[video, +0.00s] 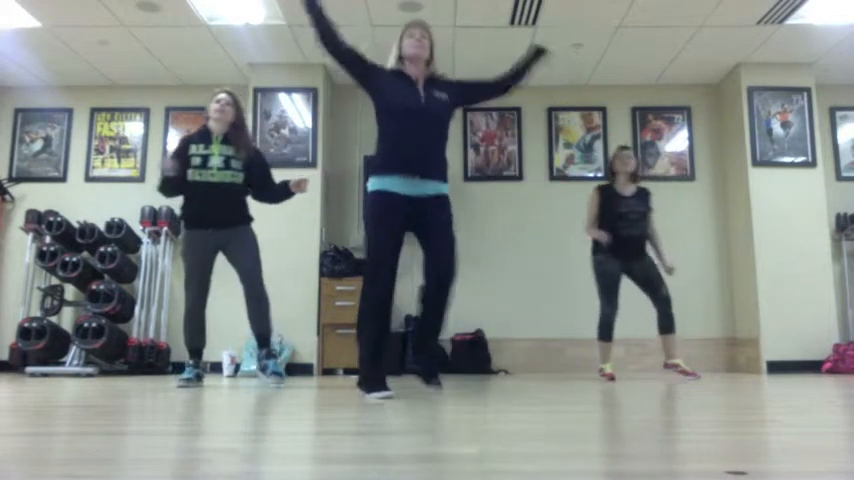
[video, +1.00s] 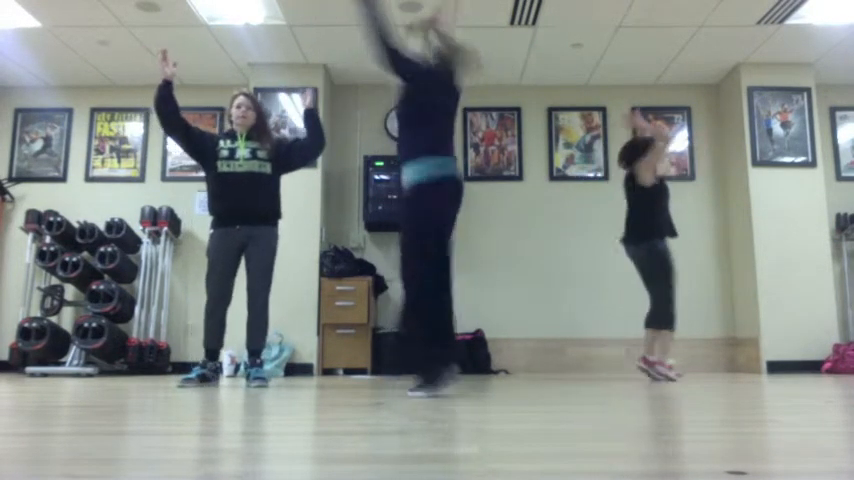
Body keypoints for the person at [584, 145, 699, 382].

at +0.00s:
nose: (625, 161)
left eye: (629, 157)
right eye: (620, 157)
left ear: (636, 164)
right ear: (613, 164)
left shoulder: (643, 193)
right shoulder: (601, 192)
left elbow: (650, 229)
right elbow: (590, 227)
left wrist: (663, 260)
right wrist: (598, 234)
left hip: (636, 255)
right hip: (608, 256)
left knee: (663, 300)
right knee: (609, 308)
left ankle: (671, 359)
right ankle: (605, 364)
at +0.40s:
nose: (616, 161)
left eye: (620, 158)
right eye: (612, 157)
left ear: (626, 164)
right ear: (603, 163)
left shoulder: (635, 191)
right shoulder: (594, 192)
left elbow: (654, 216)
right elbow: (576, 222)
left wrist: (674, 220)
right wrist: (568, 210)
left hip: (635, 255)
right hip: (605, 256)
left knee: (656, 302)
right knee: (607, 309)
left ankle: (658, 359)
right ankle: (604, 364)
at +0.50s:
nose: (624, 160)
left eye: (627, 156)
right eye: (619, 156)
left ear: (632, 161)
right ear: (610, 161)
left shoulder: (642, 187)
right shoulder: (600, 187)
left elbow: (675, 194)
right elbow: (575, 195)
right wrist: (575, 178)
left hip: (642, 252)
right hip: (612, 253)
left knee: (660, 302)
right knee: (612, 307)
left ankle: (657, 359)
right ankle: (605, 364)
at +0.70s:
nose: (634, 165)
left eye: (637, 162)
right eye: (629, 161)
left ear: (641, 167)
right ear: (619, 166)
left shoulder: (649, 188)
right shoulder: (611, 191)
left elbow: (681, 183)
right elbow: (592, 184)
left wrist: (696, 155)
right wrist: (596, 155)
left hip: (652, 255)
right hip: (624, 256)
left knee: (663, 306)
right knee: (625, 306)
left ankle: (650, 362)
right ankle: (609, 362)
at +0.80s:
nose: (643, 164)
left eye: (646, 160)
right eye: (639, 160)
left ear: (649, 164)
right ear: (629, 164)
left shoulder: (653, 184)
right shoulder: (621, 188)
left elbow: (677, 180)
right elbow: (616, 173)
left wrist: (672, 164)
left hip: (658, 250)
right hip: (633, 250)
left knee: (663, 302)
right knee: (654, 298)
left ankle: (650, 361)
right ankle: (630, 354)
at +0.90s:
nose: (642, 161)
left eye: (645, 156)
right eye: (637, 156)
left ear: (651, 160)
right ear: (628, 159)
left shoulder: (651, 178)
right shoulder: (626, 182)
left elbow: (662, 161)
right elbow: (632, 162)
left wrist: (656, 144)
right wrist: (629, 144)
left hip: (654, 242)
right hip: (635, 243)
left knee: (661, 293)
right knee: (658, 291)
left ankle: (650, 353)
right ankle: (647, 353)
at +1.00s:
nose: (662, 152)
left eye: (661, 148)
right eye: (656, 148)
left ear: (637, 152)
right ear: (648, 150)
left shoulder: (649, 172)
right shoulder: (641, 171)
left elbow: (664, 156)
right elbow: (658, 147)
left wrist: (646, 129)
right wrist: (657, 134)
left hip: (641, 240)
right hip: (648, 240)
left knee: (659, 297)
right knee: (664, 297)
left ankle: (649, 356)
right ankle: (660, 360)